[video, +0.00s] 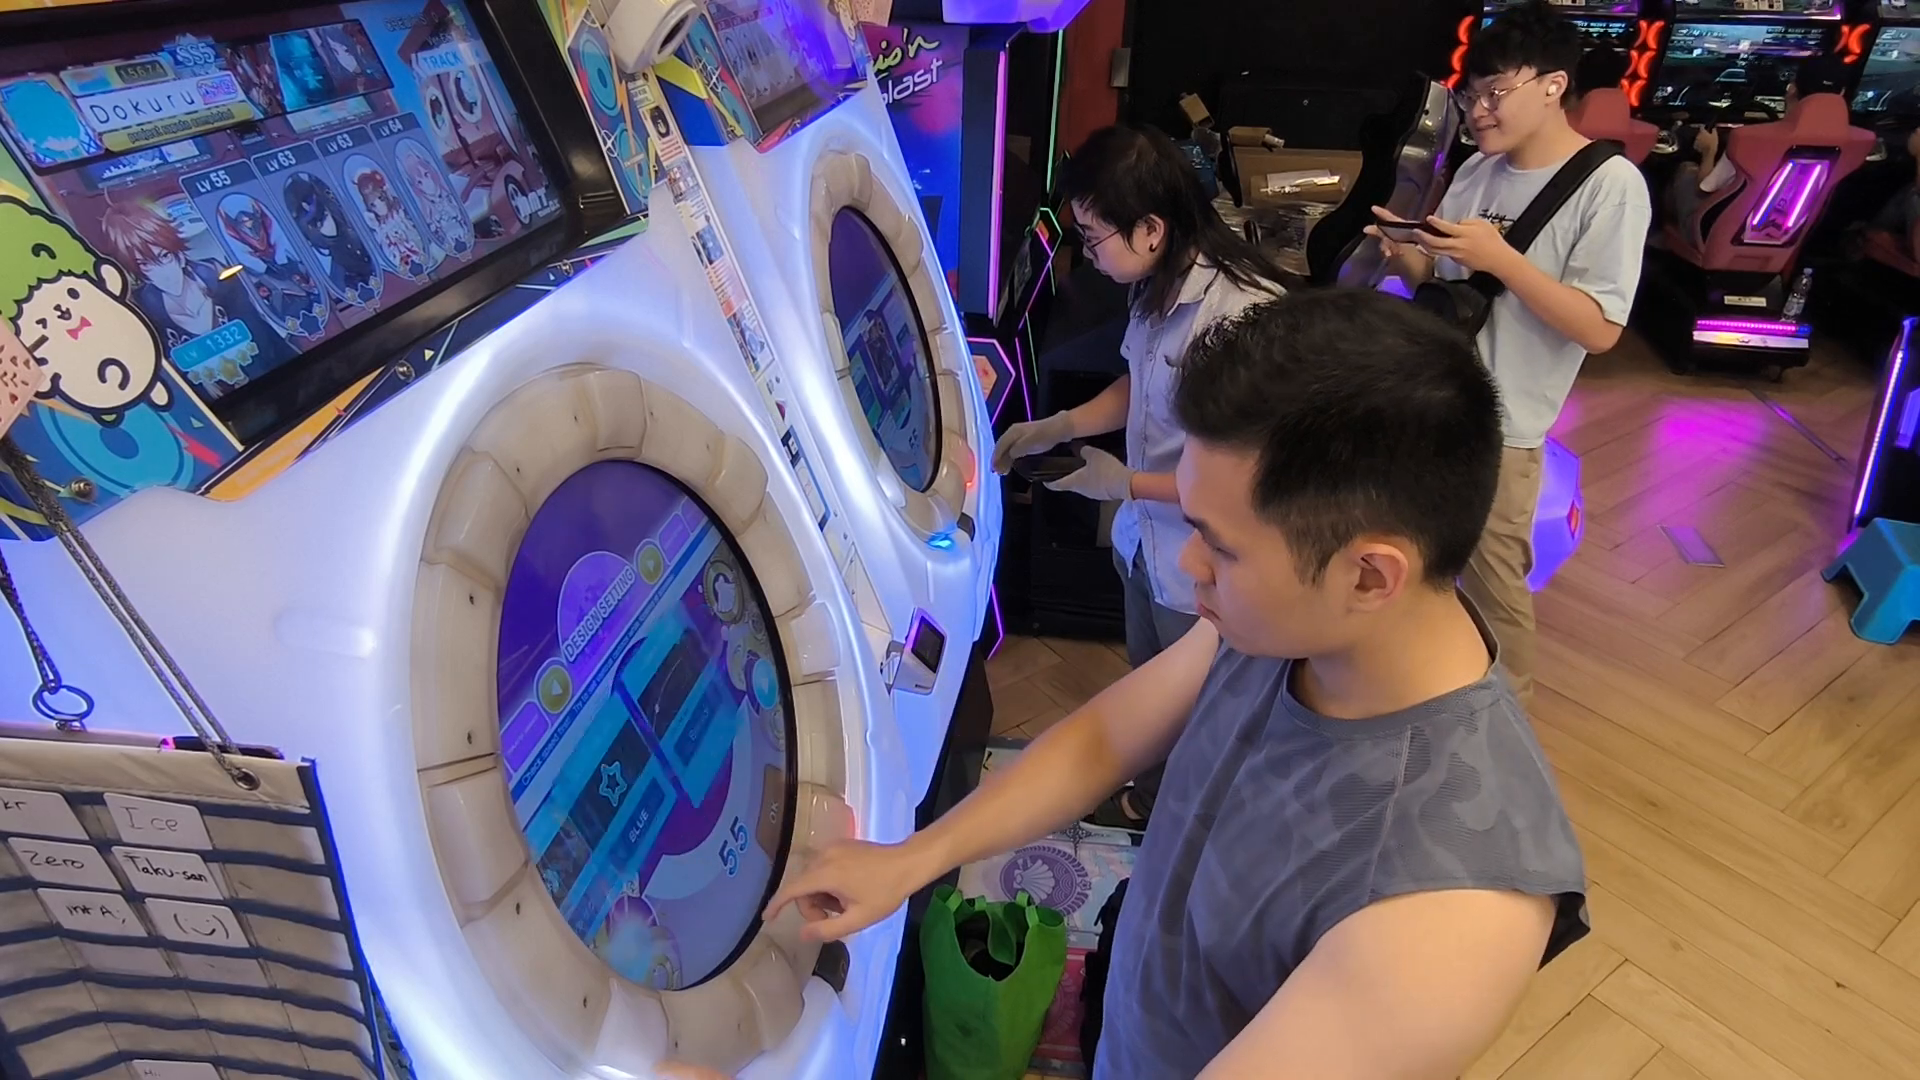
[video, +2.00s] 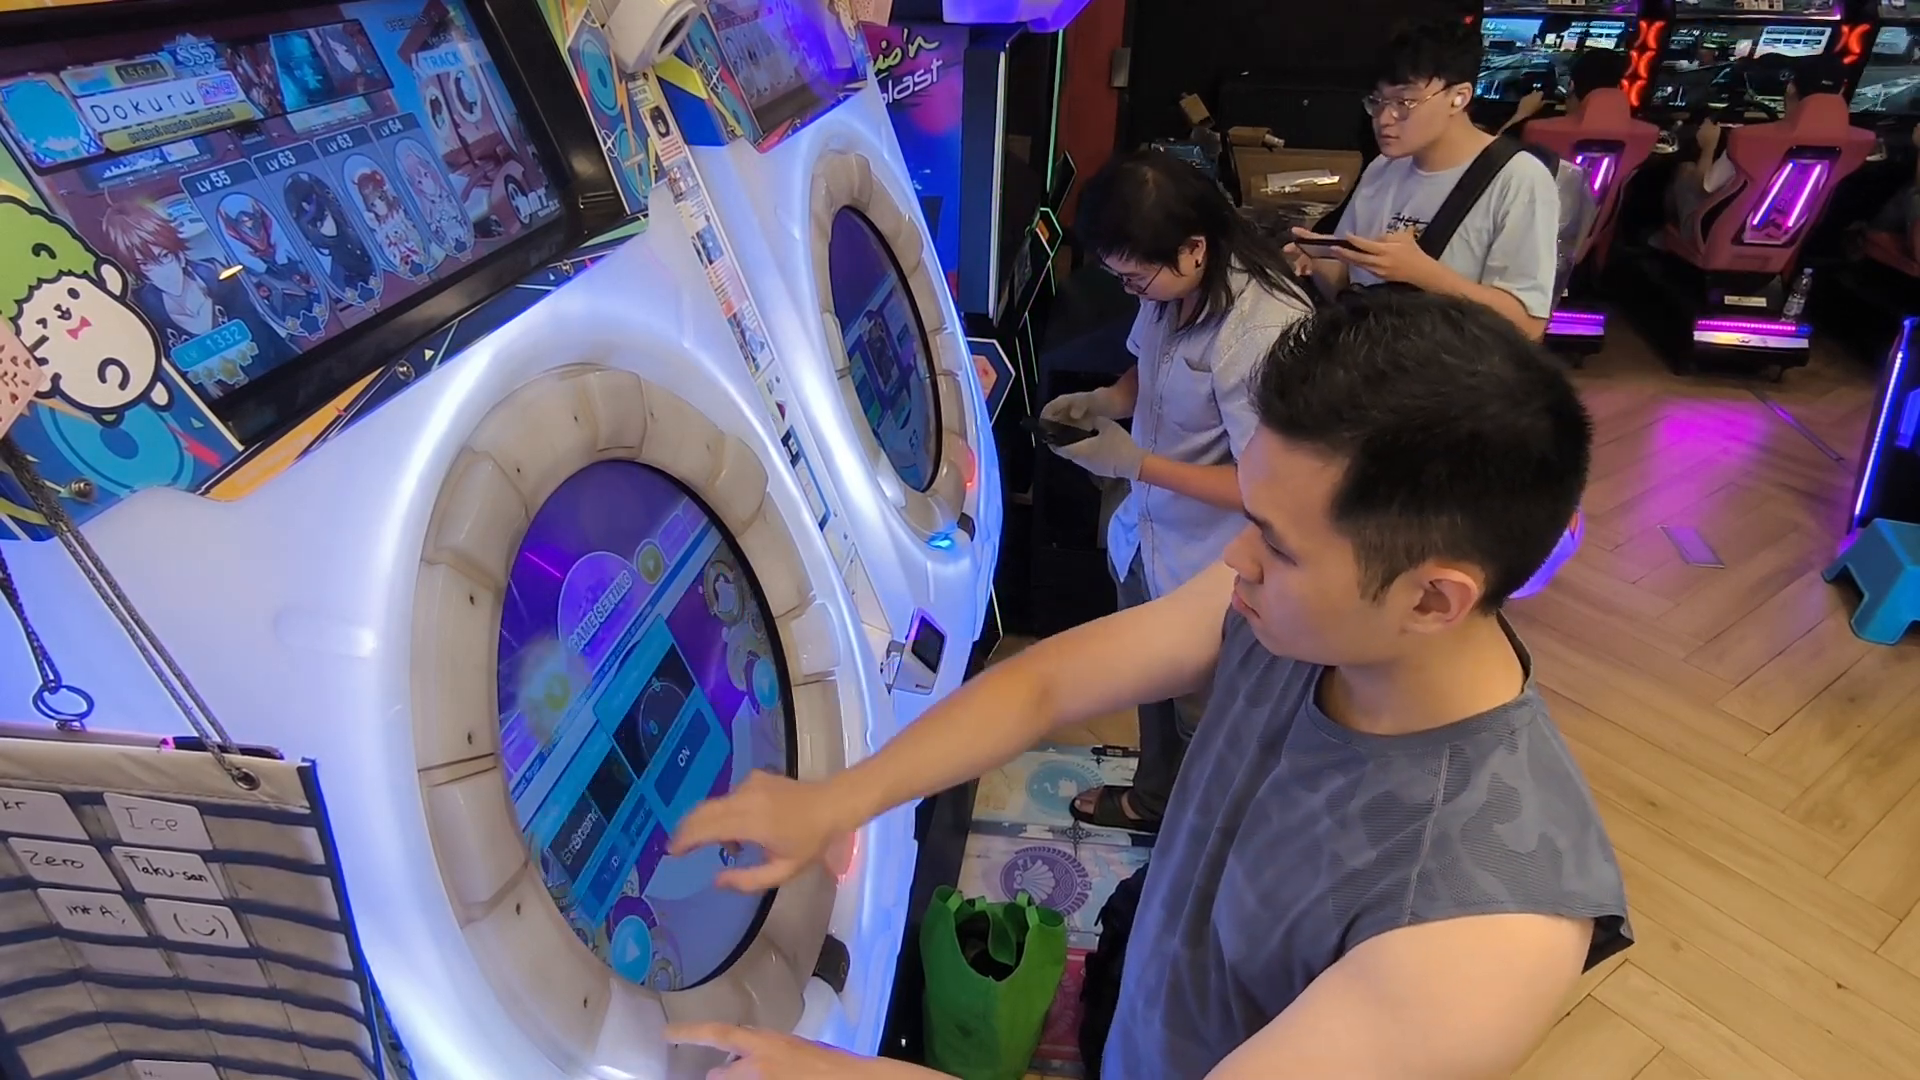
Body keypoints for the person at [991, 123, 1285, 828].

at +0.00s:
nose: (1089, 252)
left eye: (1096, 237)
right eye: (1084, 237)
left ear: (1151, 231)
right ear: (1146, 231)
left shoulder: (1232, 323)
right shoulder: (1157, 289)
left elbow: (1244, 487)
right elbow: (1138, 391)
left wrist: (1129, 483)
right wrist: (1054, 430)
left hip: (1200, 550)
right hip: (1145, 528)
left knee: (1190, 699)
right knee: (1146, 679)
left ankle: (1179, 815)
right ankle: (1143, 792)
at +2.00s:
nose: (1129, 285)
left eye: (1139, 272)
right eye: (1119, 272)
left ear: (1193, 251)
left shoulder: (1261, 333)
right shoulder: (1167, 291)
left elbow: (1265, 490)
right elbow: (1150, 381)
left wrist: (1142, 465)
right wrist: (1098, 403)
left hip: (1218, 545)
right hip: (1153, 523)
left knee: (1205, 688)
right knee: (1150, 671)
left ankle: (1201, 816)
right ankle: (1152, 791)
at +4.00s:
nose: (1117, 308)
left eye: (1125, 296)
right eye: (1108, 297)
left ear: (1178, 268)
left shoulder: (1265, 337)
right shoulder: (1158, 297)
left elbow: (1263, 489)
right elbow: (1142, 388)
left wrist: (1137, 468)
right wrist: (1088, 410)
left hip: (1198, 568)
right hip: (1132, 542)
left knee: (1198, 719)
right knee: (1150, 688)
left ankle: (1204, 837)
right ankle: (1153, 795)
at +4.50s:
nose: (1121, 311)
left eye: (1129, 298)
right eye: (1112, 300)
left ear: (1180, 268)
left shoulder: (1260, 345)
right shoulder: (1158, 297)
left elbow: (1268, 493)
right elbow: (1142, 388)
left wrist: (1139, 471)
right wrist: (1085, 406)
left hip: (1196, 559)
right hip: (1133, 535)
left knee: (1205, 714)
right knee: (1149, 684)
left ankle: (1222, 844)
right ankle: (1156, 800)